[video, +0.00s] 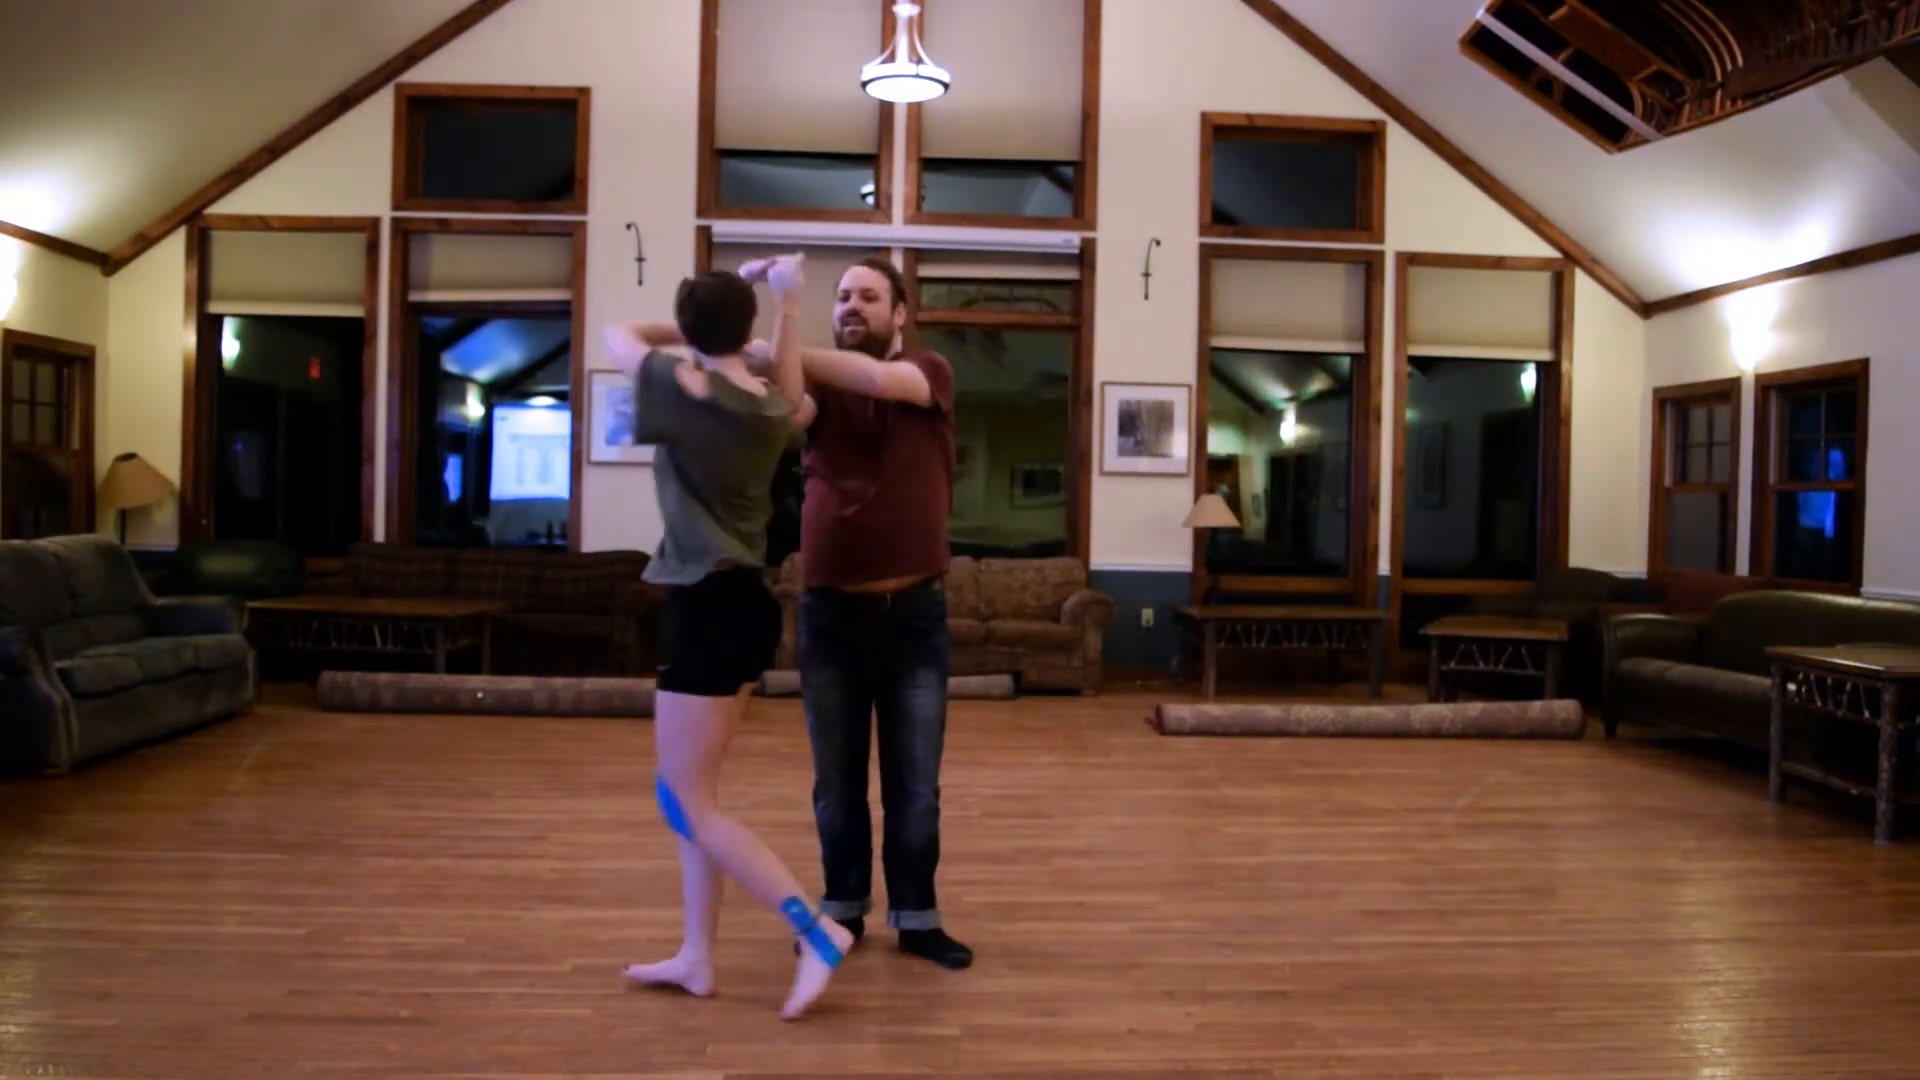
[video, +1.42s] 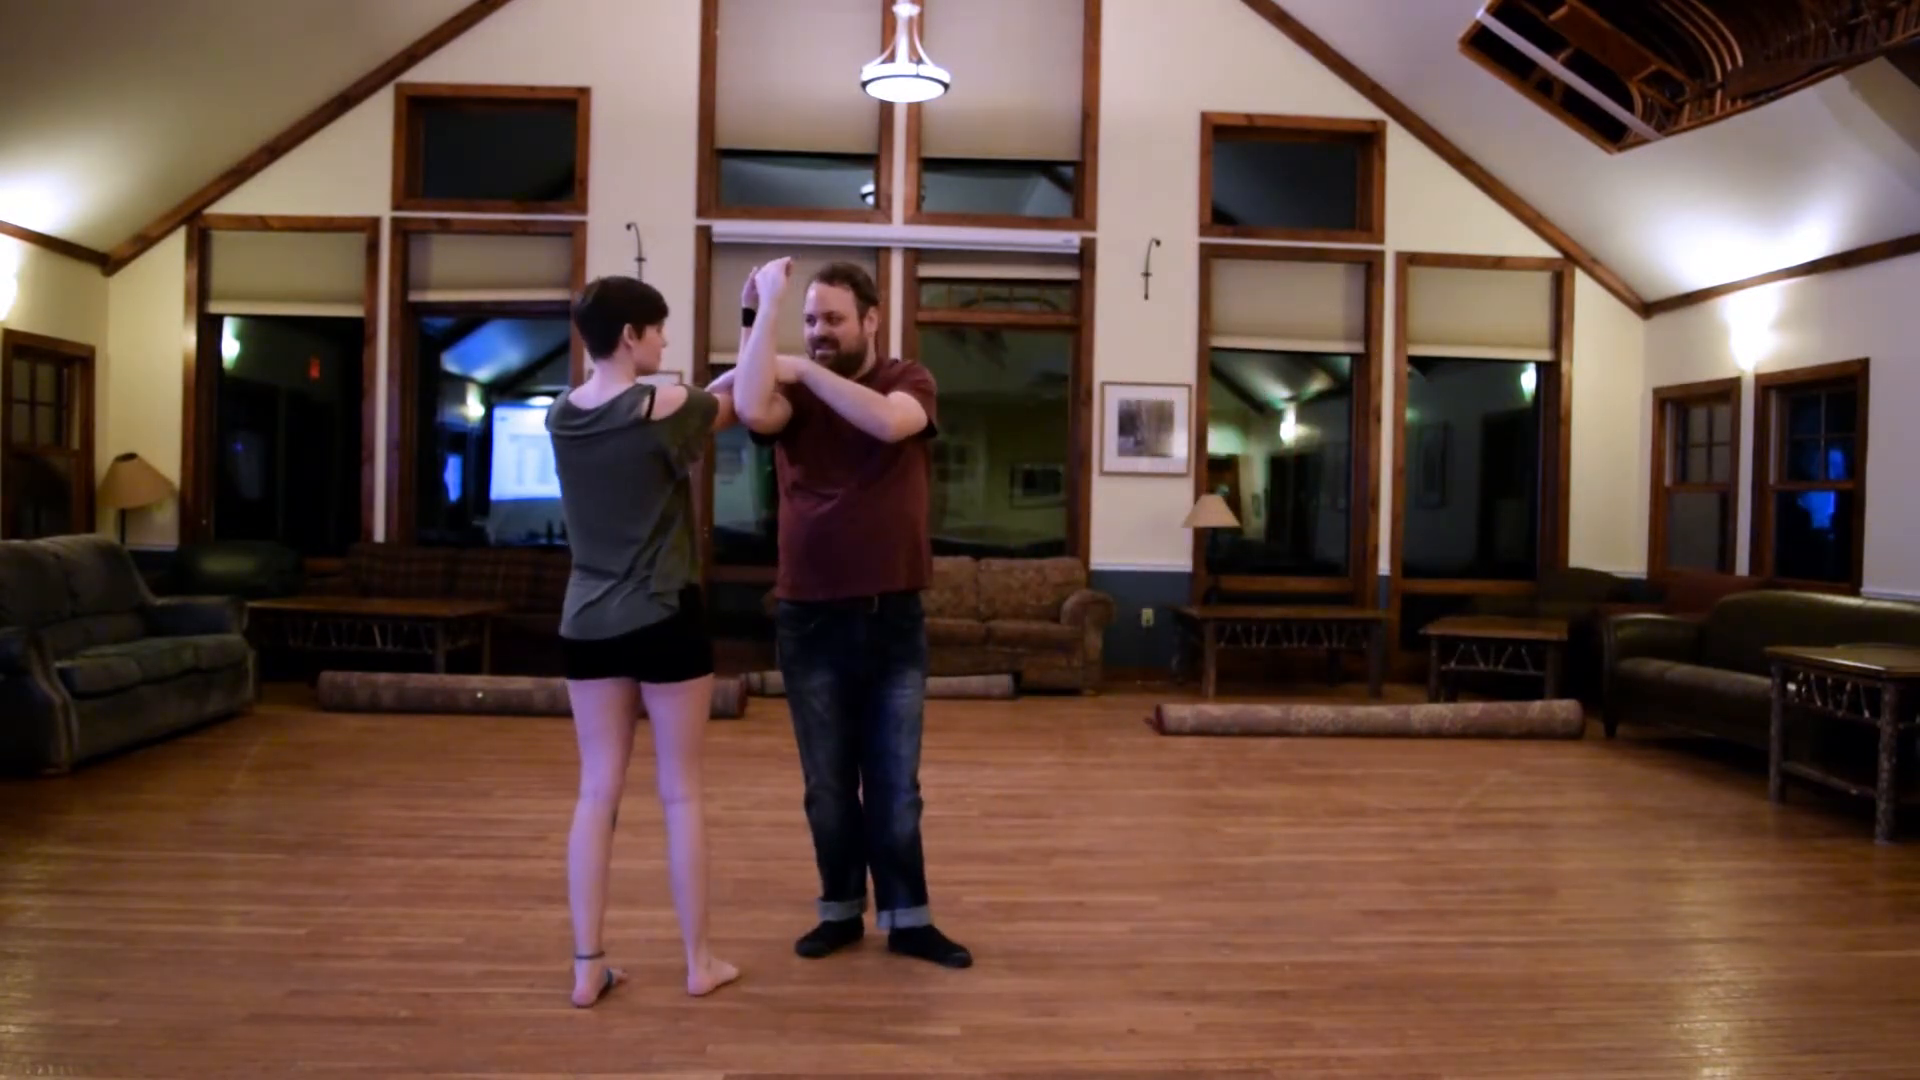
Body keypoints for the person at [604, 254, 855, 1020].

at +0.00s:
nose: (682, 334)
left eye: (684, 329)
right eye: (748, 329)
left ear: (684, 336)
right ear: (750, 339)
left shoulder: (674, 393)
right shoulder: (777, 412)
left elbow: (622, 339)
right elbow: (798, 399)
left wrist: (693, 337)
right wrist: (785, 324)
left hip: (704, 604)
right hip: (744, 602)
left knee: (688, 802)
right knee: (687, 794)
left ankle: (814, 932)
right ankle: (695, 957)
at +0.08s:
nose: (735, 334)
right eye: (734, 323)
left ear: (665, 330)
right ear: (731, 331)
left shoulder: (643, 394)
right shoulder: (761, 397)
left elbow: (603, 433)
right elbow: (796, 416)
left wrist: (634, 380)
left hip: (675, 611)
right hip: (747, 610)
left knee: (657, 795)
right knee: (701, 794)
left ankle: (754, 943)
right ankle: (697, 956)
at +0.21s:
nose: (710, 332)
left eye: (707, 322)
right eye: (706, 322)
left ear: (638, 330)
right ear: (689, 330)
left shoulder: (607, 401)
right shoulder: (727, 399)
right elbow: (777, 384)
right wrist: (782, 304)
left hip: (631, 620)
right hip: (721, 620)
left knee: (631, 801)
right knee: (702, 796)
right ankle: (704, 962)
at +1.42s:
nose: (664, 342)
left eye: (663, 330)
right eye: (660, 330)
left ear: (593, 341)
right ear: (633, 338)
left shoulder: (560, 416)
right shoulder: (666, 408)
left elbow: (607, 406)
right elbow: (734, 399)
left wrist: (653, 392)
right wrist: (764, 318)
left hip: (587, 622)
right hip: (667, 619)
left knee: (595, 796)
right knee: (681, 794)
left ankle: (586, 966)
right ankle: (698, 962)